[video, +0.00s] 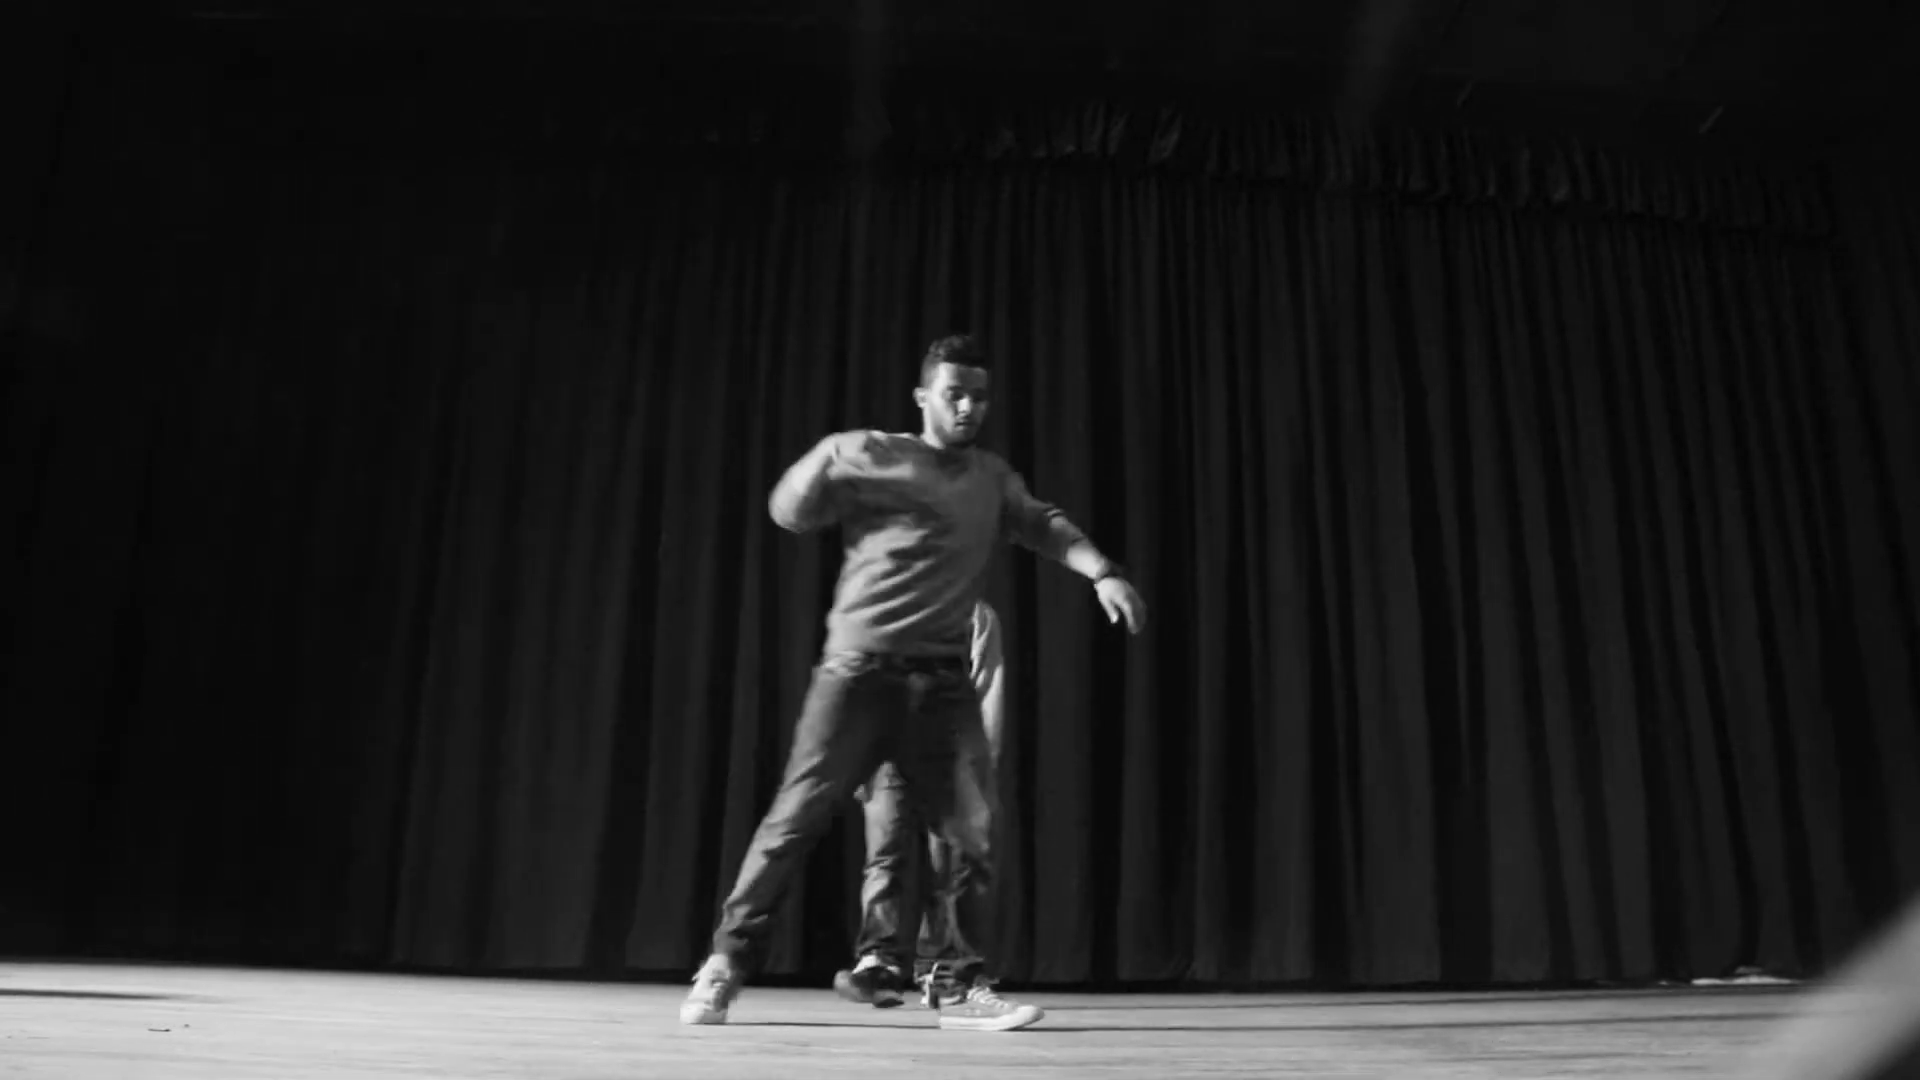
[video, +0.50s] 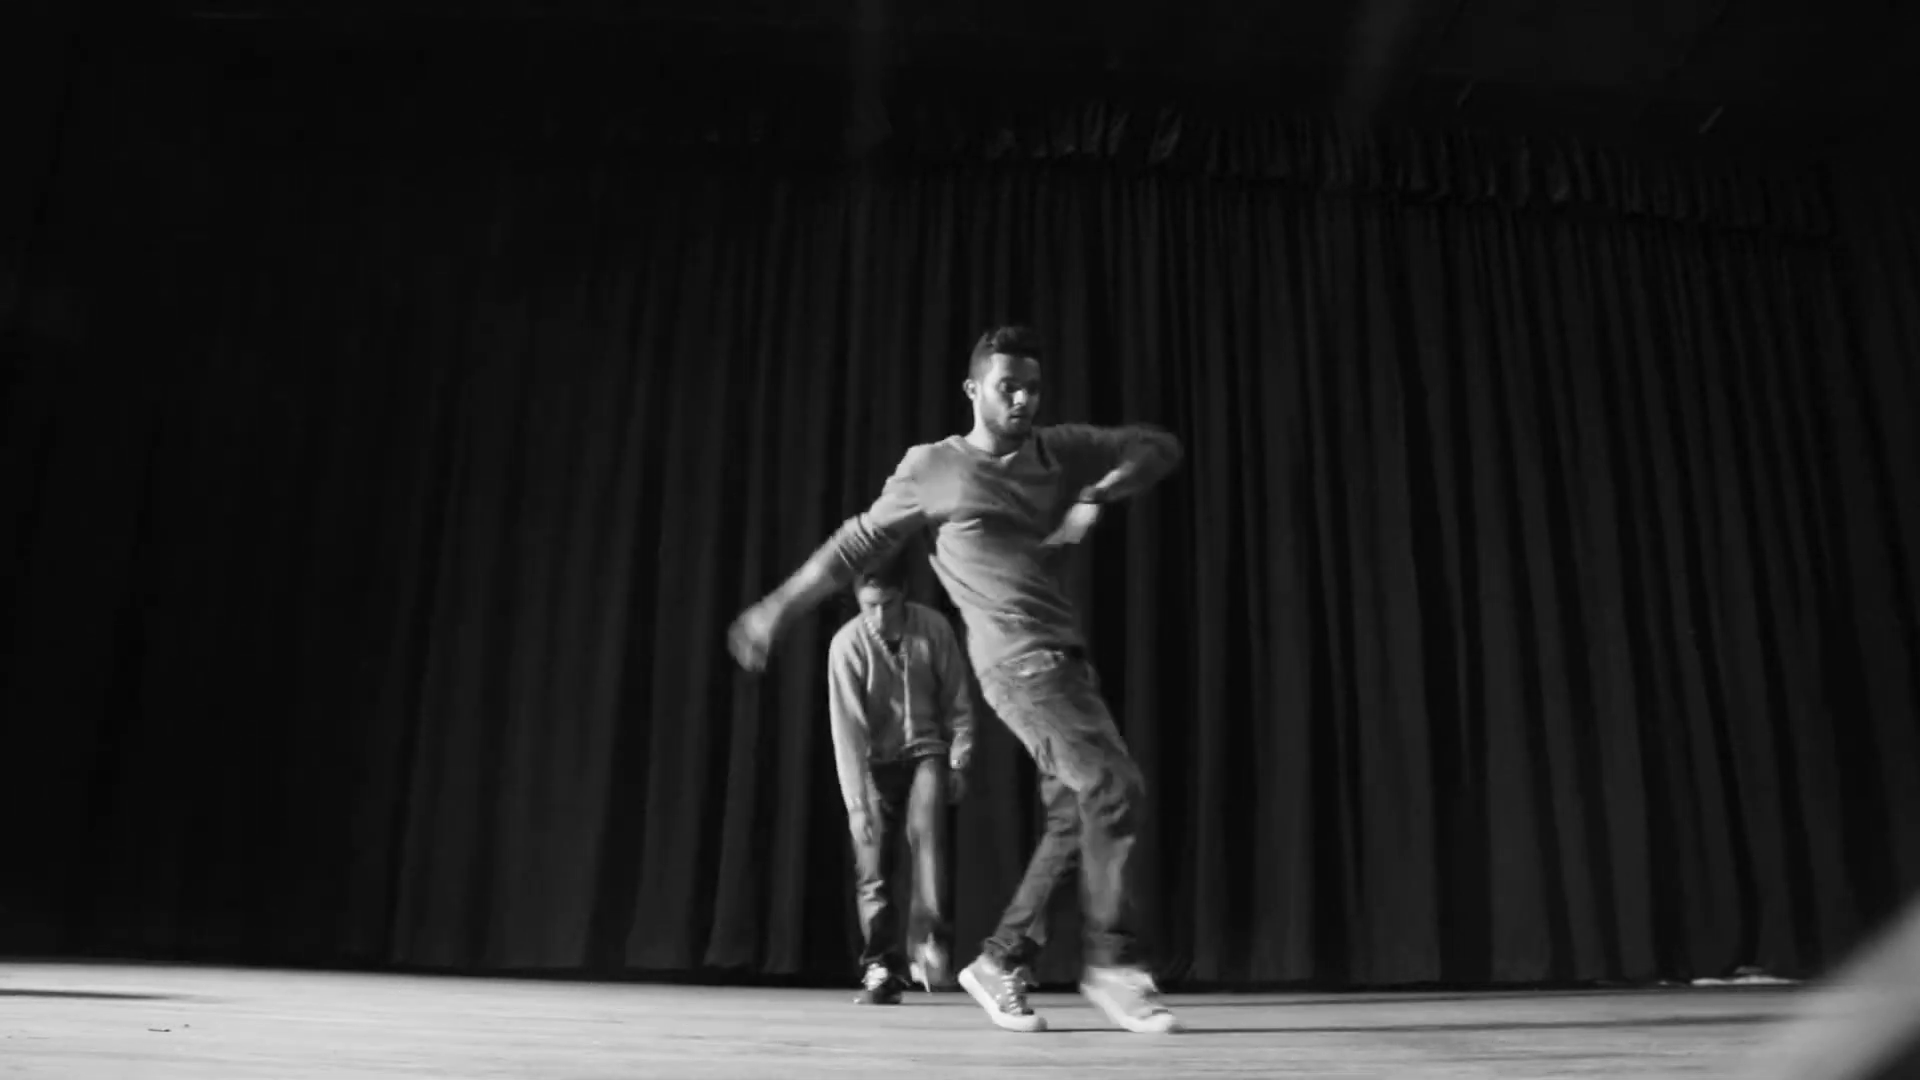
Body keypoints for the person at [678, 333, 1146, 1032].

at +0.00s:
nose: (967, 408)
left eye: (978, 397)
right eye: (954, 394)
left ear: (988, 403)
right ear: (922, 397)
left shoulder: (993, 477)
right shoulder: (871, 457)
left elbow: (1046, 529)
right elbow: (789, 513)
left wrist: (1102, 574)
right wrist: (825, 456)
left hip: (943, 679)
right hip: (859, 671)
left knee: (971, 834)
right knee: (798, 815)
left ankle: (960, 987)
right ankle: (724, 964)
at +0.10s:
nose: (980, 404)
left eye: (990, 392)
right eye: (967, 391)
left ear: (1002, 399)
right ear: (936, 395)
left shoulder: (1013, 460)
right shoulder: (895, 464)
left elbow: (1054, 528)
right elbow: (821, 547)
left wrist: (1080, 593)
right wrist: (850, 512)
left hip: (976, 672)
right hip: (894, 665)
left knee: (981, 832)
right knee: (861, 806)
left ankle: (957, 980)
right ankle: (757, 912)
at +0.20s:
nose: (990, 405)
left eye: (1000, 393)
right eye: (977, 392)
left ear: (1012, 399)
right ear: (946, 395)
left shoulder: (1034, 463)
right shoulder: (905, 473)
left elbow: (1066, 552)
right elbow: (860, 565)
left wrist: (1021, 602)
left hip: (1002, 653)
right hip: (927, 647)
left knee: (1005, 821)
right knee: (954, 786)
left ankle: (964, 977)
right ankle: (818, 868)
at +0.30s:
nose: (1001, 406)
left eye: (1011, 394)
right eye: (987, 393)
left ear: (1023, 400)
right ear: (955, 396)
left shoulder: (1044, 463)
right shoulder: (918, 476)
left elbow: (1079, 549)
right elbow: (877, 584)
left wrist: (994, 551)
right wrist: (869, 691)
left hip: (1032, 656)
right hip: (960, 650)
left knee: (1024, 827)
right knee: (1034, 774)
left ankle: (968, 983)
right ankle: (909, 878)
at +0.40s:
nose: (1011, 402)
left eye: (1021, 390)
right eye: (997, 388)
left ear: (1032, 395)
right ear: (964, 393)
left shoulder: (1051, 456)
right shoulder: (925, 474)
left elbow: (1128, 500)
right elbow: (871, 565)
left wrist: (1047, 518)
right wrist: (821, 651)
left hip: (1044, 656)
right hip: (986, 655)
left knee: (1022, 814)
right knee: (1083, 777)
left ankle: (976, 975)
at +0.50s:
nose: (1020, 400)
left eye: (1030, 389)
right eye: (1006, 387)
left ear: (1040, 393)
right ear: (973, 390)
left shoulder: (1060, 449)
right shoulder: (936, 468)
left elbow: (1161, 447)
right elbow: (854, 545)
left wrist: (1099, 493)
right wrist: (774, 610)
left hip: (1065, 652)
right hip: (1012, 657)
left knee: (1076, 812)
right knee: (1112, 789)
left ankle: (1001, 963)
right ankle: (1111, 966)